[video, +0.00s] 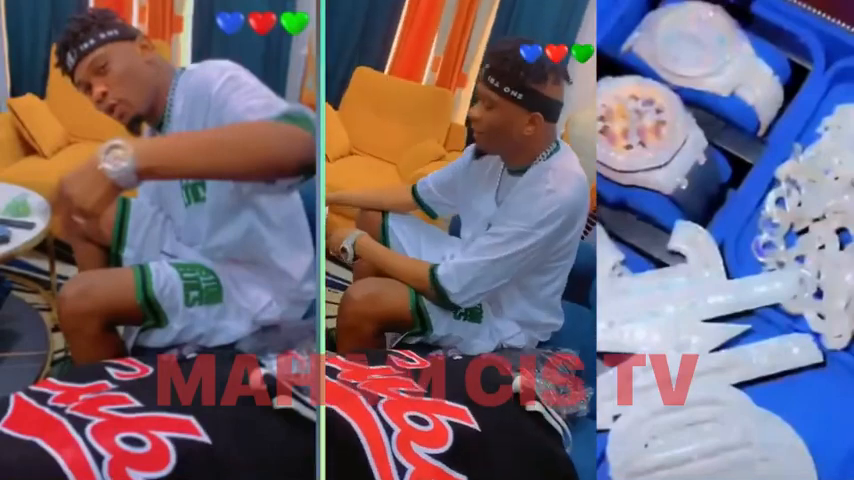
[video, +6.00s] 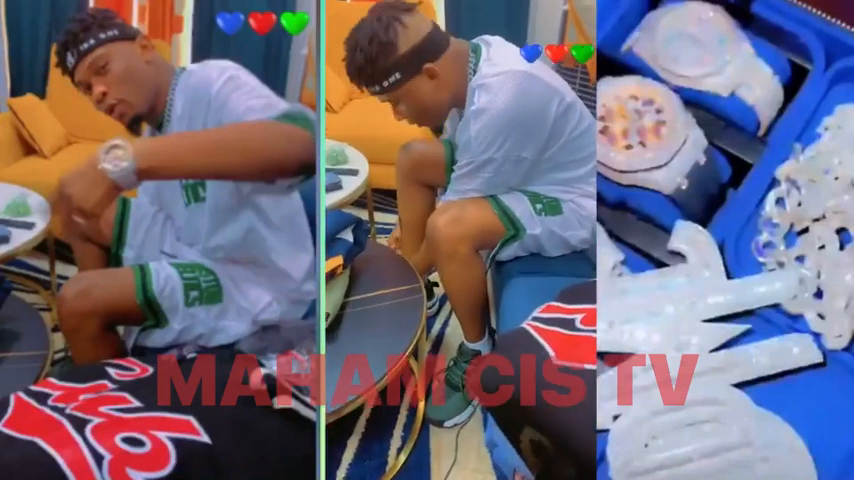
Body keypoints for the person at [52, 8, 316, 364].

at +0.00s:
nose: (98, 94)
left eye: (102, 70)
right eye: (87, 89)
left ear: (144, 48)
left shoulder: (213, 81)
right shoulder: (152, 133)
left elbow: (298, 146)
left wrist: (132, 160)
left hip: (260, 280)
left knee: (80, 300)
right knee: (85, 215)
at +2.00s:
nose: (97, 94)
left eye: (102, 70)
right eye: (87, 89)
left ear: (144, 48)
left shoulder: (214, 81)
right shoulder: (153, 135)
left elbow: (298, 145)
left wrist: (131, 161)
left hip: (261, 278)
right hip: (192, 252)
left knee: (80, 300)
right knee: (84, 215)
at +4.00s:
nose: (97, 94)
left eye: (102, 70)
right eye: (87, 89)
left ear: (145, 48)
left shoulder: (214, 81)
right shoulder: (153, 134)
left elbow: (298, 146)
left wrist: (131, 160)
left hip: (262, 279)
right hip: (192, 253)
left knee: (80, 300)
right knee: (83, 213)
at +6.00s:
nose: (97, 94)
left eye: (102, 70)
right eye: (87, 89)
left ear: (145, 48)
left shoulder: (213, 81)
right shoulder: (153, 134)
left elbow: (298, 146)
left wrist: (132, 160)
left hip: (261, 278)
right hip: (192, 252)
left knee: (80, 299)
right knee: (84, 214)